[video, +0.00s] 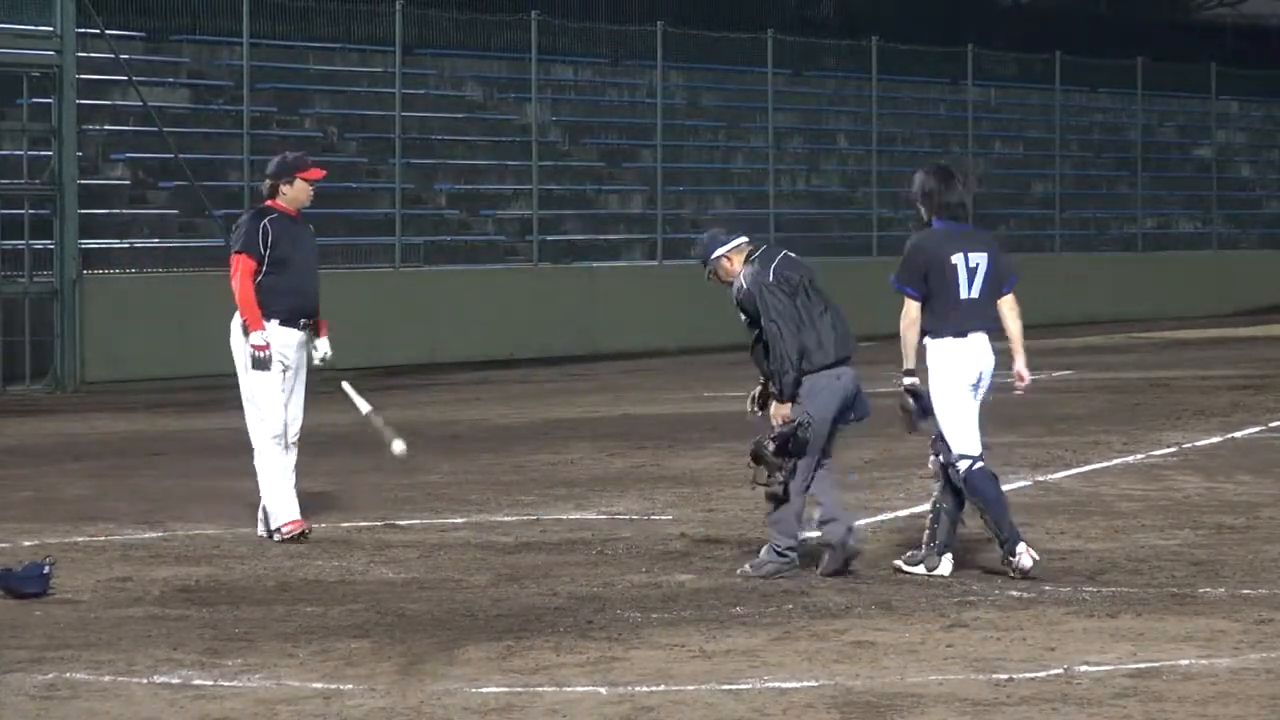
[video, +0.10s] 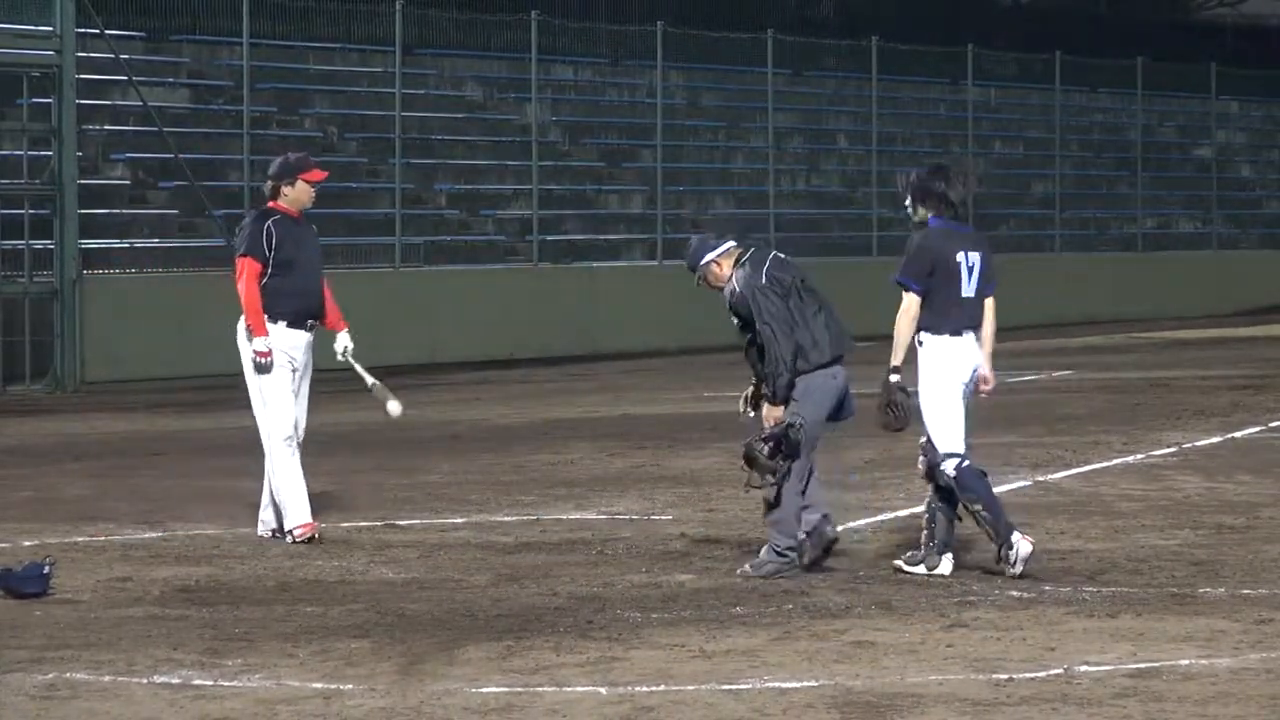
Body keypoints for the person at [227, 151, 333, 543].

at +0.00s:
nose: (313, 189)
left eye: (313, 183)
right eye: (307, 183)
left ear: (296, 186)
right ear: (284, 185)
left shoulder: (303, 228)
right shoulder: (257, 221)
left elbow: (306, 282)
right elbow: (241, 277)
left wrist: (319, 330)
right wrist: (256, 331)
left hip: (297, 337)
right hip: (265, 333)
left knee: (289, 430)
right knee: (269, 427)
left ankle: (272, 517)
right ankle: (285, 517)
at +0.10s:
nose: (315, 190)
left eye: (314, 184)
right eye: (309, 184)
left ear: (295, 187)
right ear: (285, 186)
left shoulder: (305, 229)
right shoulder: (262, 223)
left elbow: (315, 281)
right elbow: (246, 279)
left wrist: (339, 327)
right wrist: (259, 335)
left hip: (302, 338)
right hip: (269, 335)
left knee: (292, 432)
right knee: (279, 429)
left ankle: (271, 521)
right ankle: (299, 521)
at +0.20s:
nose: (315, 192)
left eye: (315, 186)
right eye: (309, 186)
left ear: (297, 188)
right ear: (285, 188)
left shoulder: (310, 230)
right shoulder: (262, 227)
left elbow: (324, 282)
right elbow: (249, 286)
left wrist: (351, 324)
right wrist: (263, 341)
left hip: (310, 338)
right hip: (276, 336)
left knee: (297, 432)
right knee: (286, 432)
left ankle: (272, 519)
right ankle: (301, 526)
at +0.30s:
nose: (315, 189)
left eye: (315, 183)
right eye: (308, 184)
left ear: (300, 186)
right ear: (284, 186)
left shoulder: (314, 227)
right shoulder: (263, 227)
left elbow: (327, 278)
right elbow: (252, 287)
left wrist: (354, 320)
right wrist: (265, 343)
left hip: (315, 337)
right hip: (281, 335)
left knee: (311, 429)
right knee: (287, 432)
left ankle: (275, 511)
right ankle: (300, 526)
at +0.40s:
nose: (317, 190)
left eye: (317, 184)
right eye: (309, 185)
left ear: (309, 186)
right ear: (285, 187)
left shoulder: (317, 227)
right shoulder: (265, 227)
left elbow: (330, 277)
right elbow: (255, 288)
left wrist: (354, 323)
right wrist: (267, 344)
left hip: (319, 338)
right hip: (282, 338)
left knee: (325, 427)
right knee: (287, 434)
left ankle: (282, 499)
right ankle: (299, 526)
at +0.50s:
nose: (319, 192)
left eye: (319, 186)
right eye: (311, 187)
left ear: (312, 187)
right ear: (287, 188)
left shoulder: (321, 228)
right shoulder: (266, 228)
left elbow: (331, 277)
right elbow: (255, 288)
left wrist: (351, 326)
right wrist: (269, 346)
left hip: (325, 339)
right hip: (285, 339)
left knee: (337, 425)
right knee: (287, 435)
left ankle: (305, 502)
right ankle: (298, 525)